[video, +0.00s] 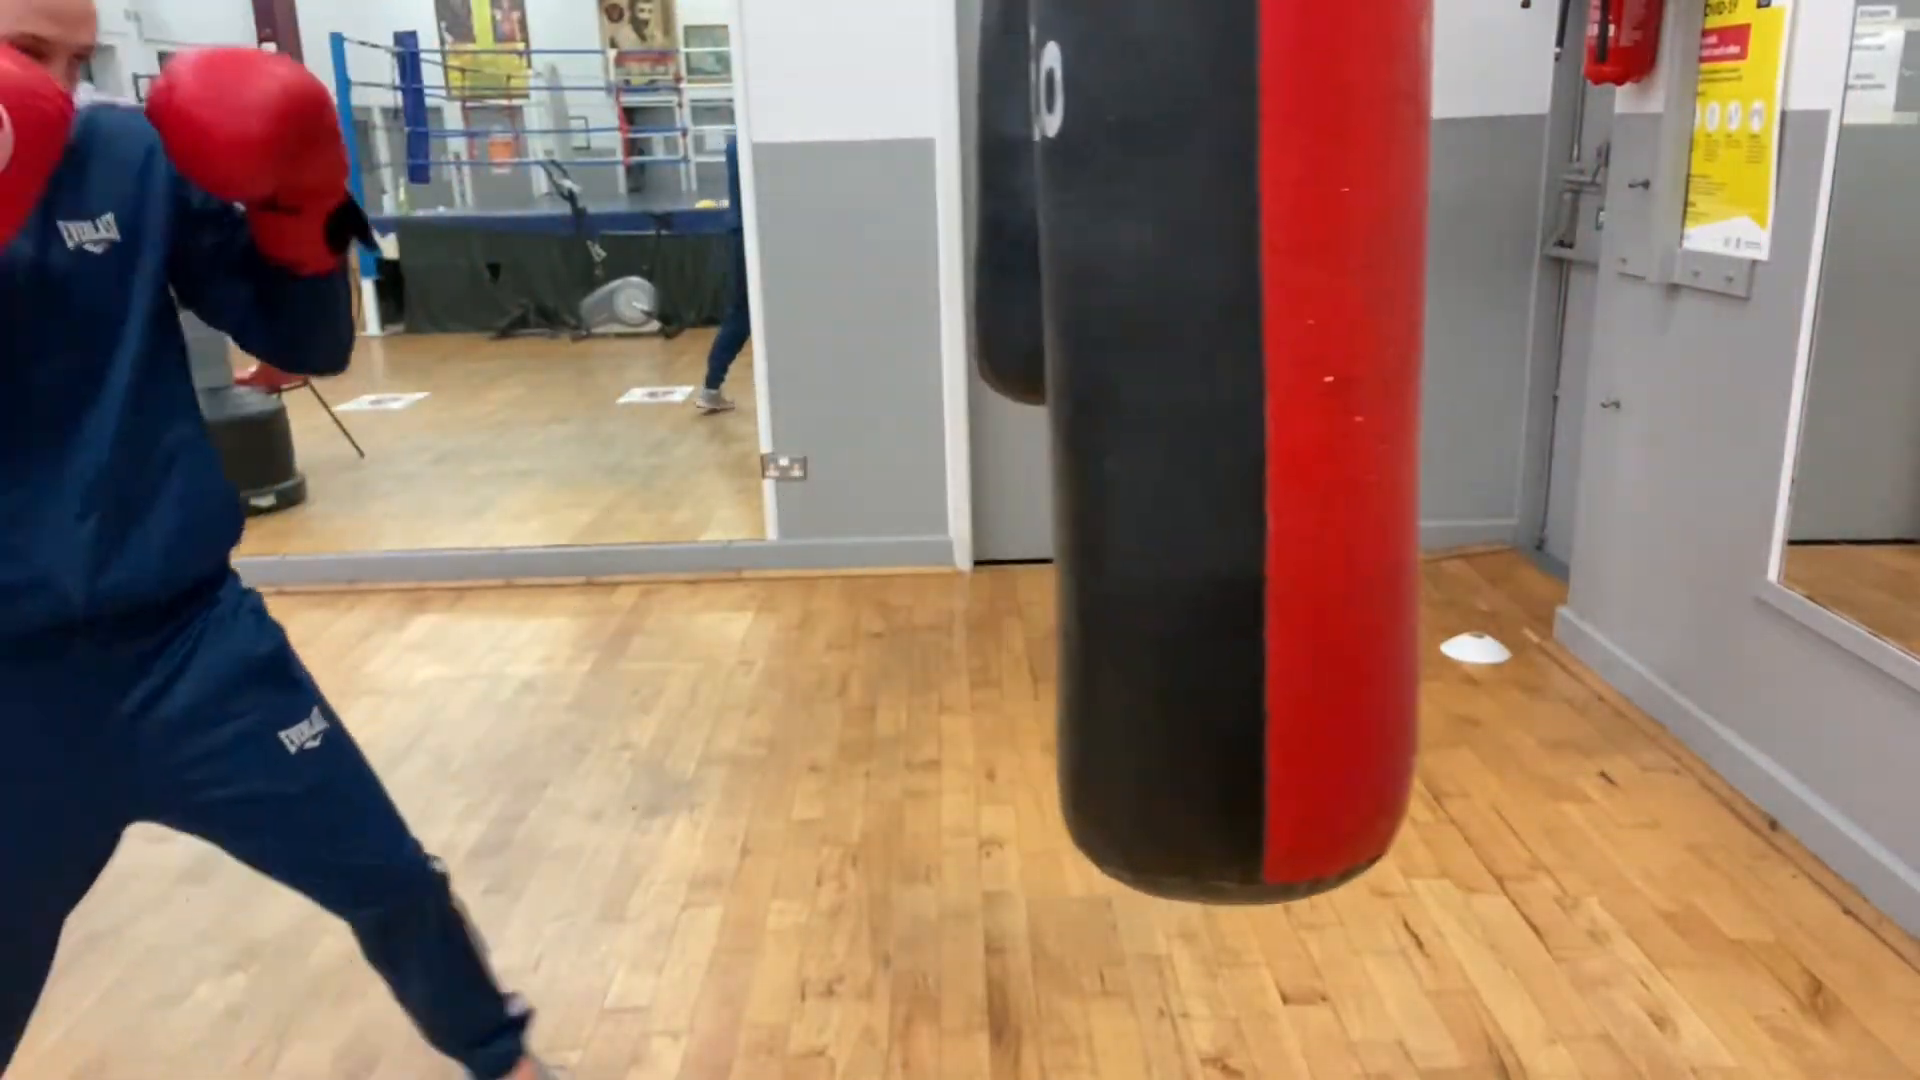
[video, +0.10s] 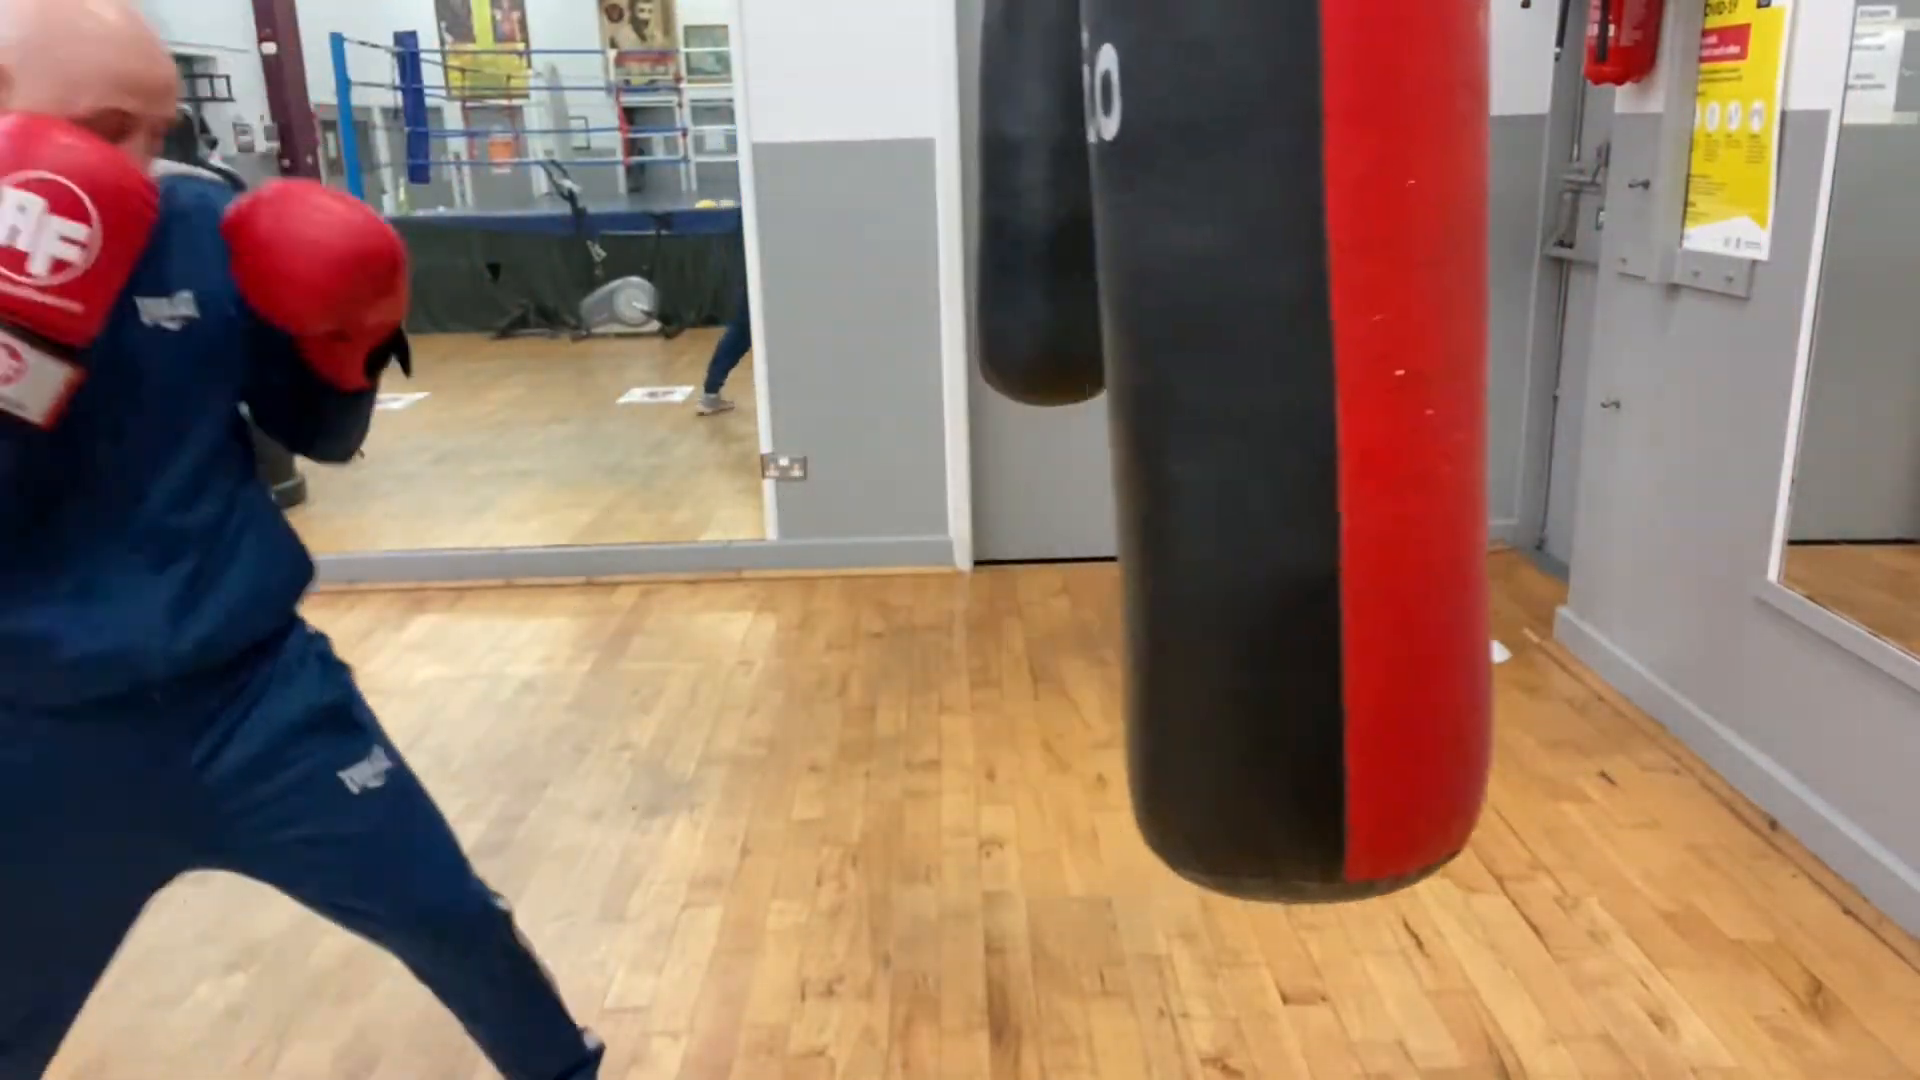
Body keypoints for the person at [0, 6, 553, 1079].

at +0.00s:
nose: (62, 79)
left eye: (78, 57)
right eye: (40, 54)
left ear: (92, 44)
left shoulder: (127, 151)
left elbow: (305, 344)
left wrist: (299, 210)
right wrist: (10, 197)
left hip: (189, 644)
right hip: (22, 683)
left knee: (393, 883)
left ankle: (504, 1059)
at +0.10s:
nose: (139, 169)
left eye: (155, 131)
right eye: (104, 133)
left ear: (170, 119)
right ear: (13, 133)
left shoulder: (209, 227)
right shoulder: (4, 283)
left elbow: (316, 433)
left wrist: (343, 347)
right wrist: (26, 340)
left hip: (258, 701)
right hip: (47, 745)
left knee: (459, 924)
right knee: (6, 1042)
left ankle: (566, 1069)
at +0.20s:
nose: (241, 171)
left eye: (259, 139)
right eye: (211, 135)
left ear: (277, 122)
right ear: (97, 99)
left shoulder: (305, 228)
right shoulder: (19, 252)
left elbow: (441, 421)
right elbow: (24, 520)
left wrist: (450, 307)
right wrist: (115, 326)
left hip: (349, 710)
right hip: (129, 748)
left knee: (526, 960)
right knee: (46, 1055)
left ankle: (570, 1070)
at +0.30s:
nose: (319, 111)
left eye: (337, 78)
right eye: (290, 73)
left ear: (354, 62)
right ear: (174, 41)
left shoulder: (377, 173)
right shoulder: (51, 212)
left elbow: (534, 356)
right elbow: (105, 464)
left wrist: (527, 214)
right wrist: (210, 253)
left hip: (416, 684)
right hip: (197, 724)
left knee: (563, 969)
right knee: (123, 1053)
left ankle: (579, 1077)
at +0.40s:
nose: (365, 40)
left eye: (372, 25)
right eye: (340, 17)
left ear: (376, 26)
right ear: (227, 11)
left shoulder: (389, 123)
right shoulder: (71, 168)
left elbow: (539, 346)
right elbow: (174, 426)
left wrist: (556, 218)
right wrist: (268, 204)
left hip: (454, 642)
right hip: (249, 690)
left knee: (586, 909)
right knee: (246, 1037)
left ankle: (598, 1067)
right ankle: (196, 1063)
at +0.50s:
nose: (400, 93)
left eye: (417, 57)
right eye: (368, 54)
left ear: (432, 40)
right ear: (255, 31)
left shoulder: (426, 171)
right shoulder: (114, 209)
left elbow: (545, 399)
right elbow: (233, 456)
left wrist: (574, 285)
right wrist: (325, 229)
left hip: (518, 641)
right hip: (333, 723)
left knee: (706, 873)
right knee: (357, 1061)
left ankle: (677, 1037)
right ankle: (302, 1070)